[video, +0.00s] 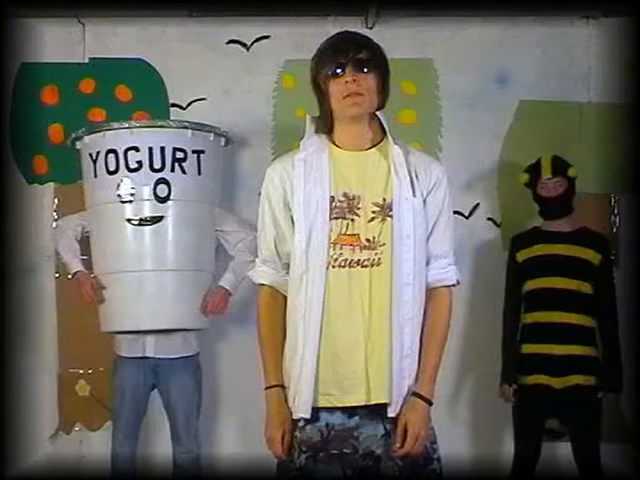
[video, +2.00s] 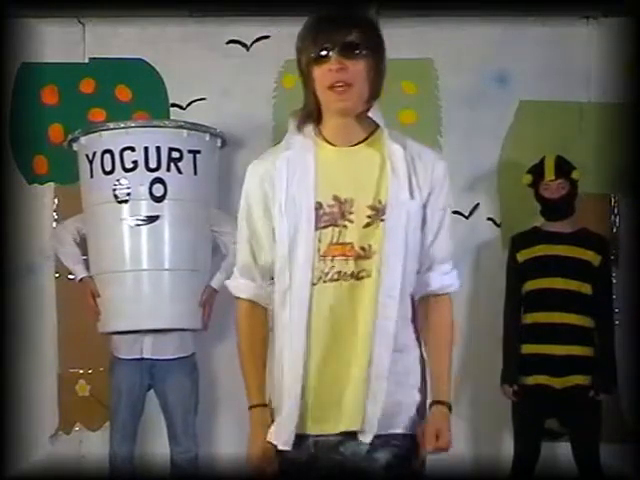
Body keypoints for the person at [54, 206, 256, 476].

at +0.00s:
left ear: (173, 186)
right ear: (130, 189)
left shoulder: (194, 212)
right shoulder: (116, 215)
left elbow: (248, 239)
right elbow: (65, 227)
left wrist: (226, 285)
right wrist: (79, 271)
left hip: (180, 349)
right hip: (129, 350)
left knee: (187, 447)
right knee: (122, 448)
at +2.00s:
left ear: (170, 190)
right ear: (128, 193)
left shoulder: (188, 215)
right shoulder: (111, 217)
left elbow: (237, 238)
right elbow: (62, 234)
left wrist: (214, 285)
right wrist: (84, 276)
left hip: (177, 349)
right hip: (126, 351)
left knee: (185, 449)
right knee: (121, 450)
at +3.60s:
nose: (142, 193)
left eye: (151, 187)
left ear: (163, 184)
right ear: (123, 187)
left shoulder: (187, 211)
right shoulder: (106, 216)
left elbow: (239, 235)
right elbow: (53, 233)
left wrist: (220, 288)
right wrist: (76, 277)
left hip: (172, 349)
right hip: (122, 351)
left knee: (182, 449)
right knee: (119, 451)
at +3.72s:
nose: (141, 192)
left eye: (149, 186)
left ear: (161, 185)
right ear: (121, 190)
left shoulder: (181, 212)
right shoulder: (104, 216)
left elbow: (235, 239)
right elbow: (53, 232)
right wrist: (76, 275)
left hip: (173, 349)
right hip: (122, 351)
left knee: (184, 449)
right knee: (118, 450)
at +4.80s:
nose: (135, 189)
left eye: (144, 181)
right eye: (128, 181)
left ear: (157, 181)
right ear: (116, 183)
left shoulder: (176, 208)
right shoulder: (104, 212)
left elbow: (229, 216)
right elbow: (53, 229)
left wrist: (236, 173)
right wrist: (75, 274)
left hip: (172, 340)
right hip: (123, 344)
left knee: (183, 441)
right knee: (121, 441)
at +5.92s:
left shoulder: (179, 218)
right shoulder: (106, 214)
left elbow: (236, 235)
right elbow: (54, 228)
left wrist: (209, 215)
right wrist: (75, 273)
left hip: (172, 337)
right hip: (121, 340)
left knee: (179, 432)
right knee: (120, 429)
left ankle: (183, 477)